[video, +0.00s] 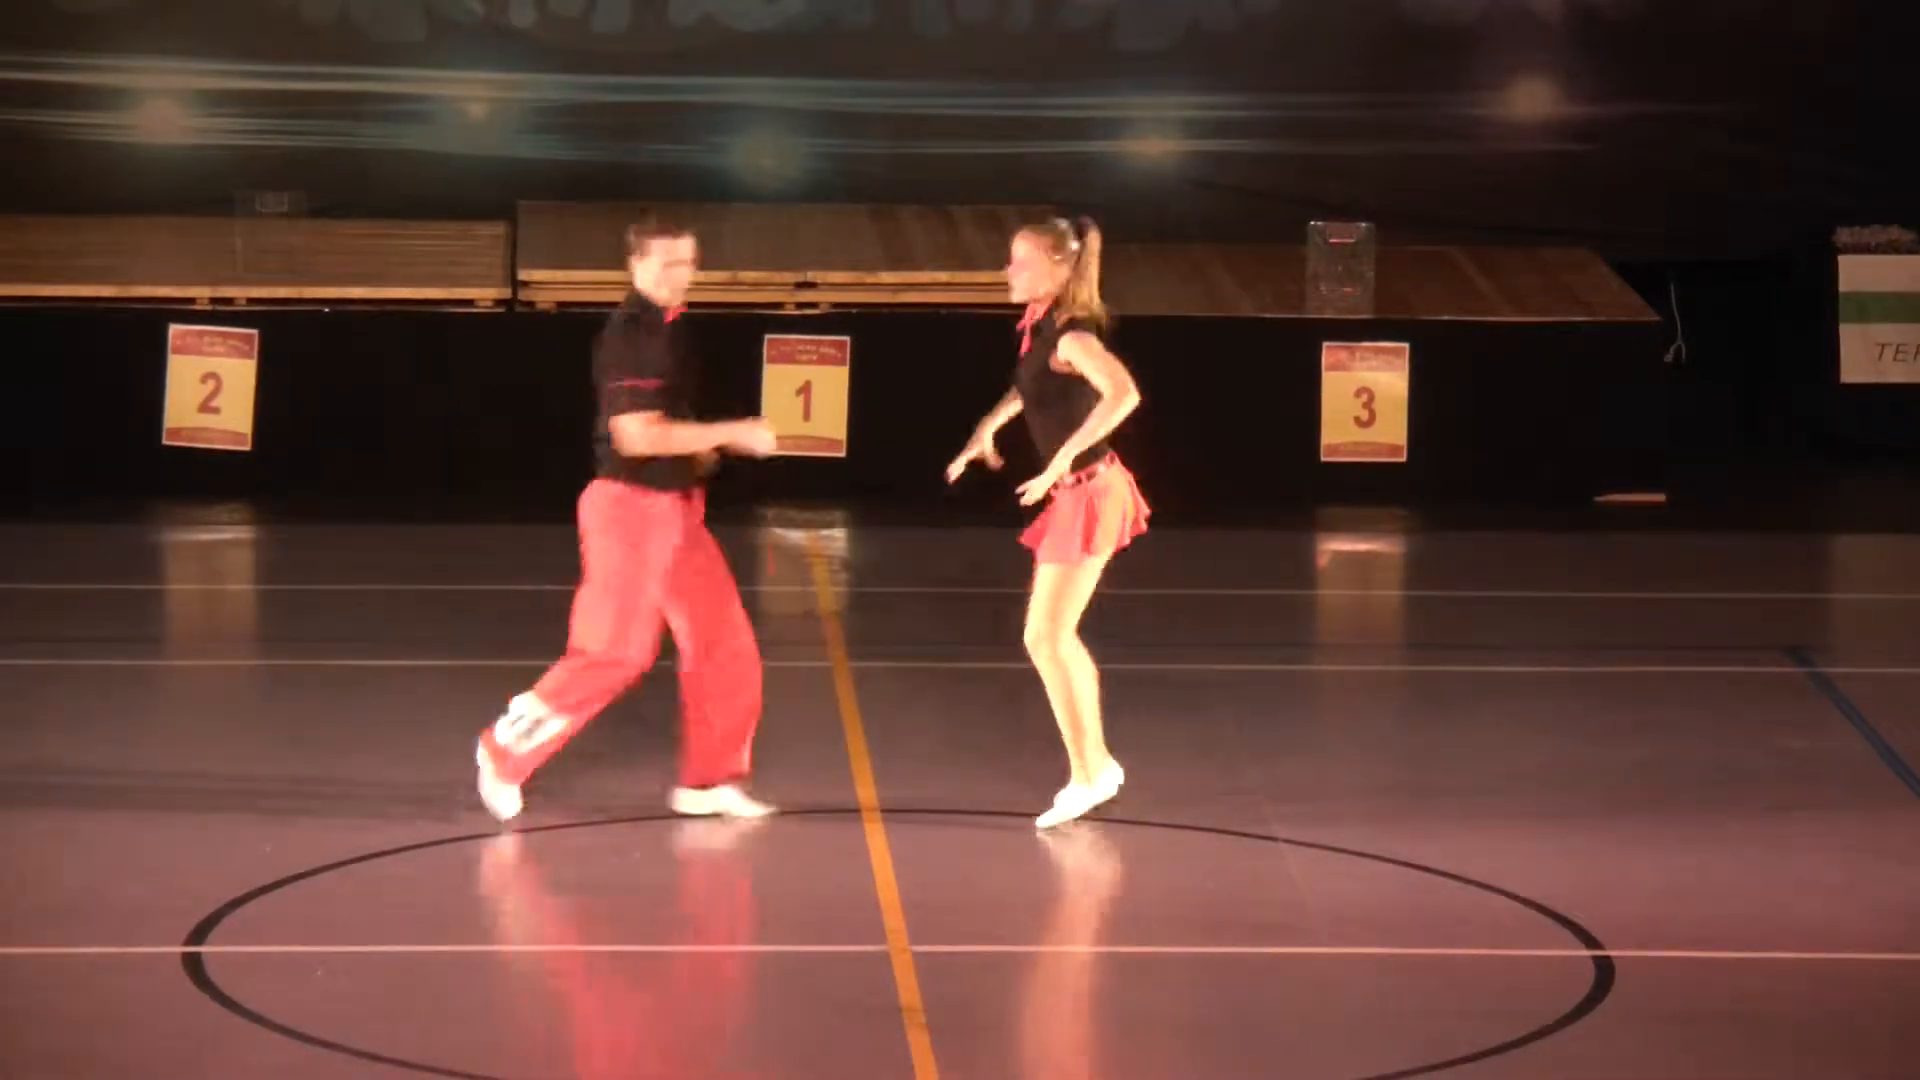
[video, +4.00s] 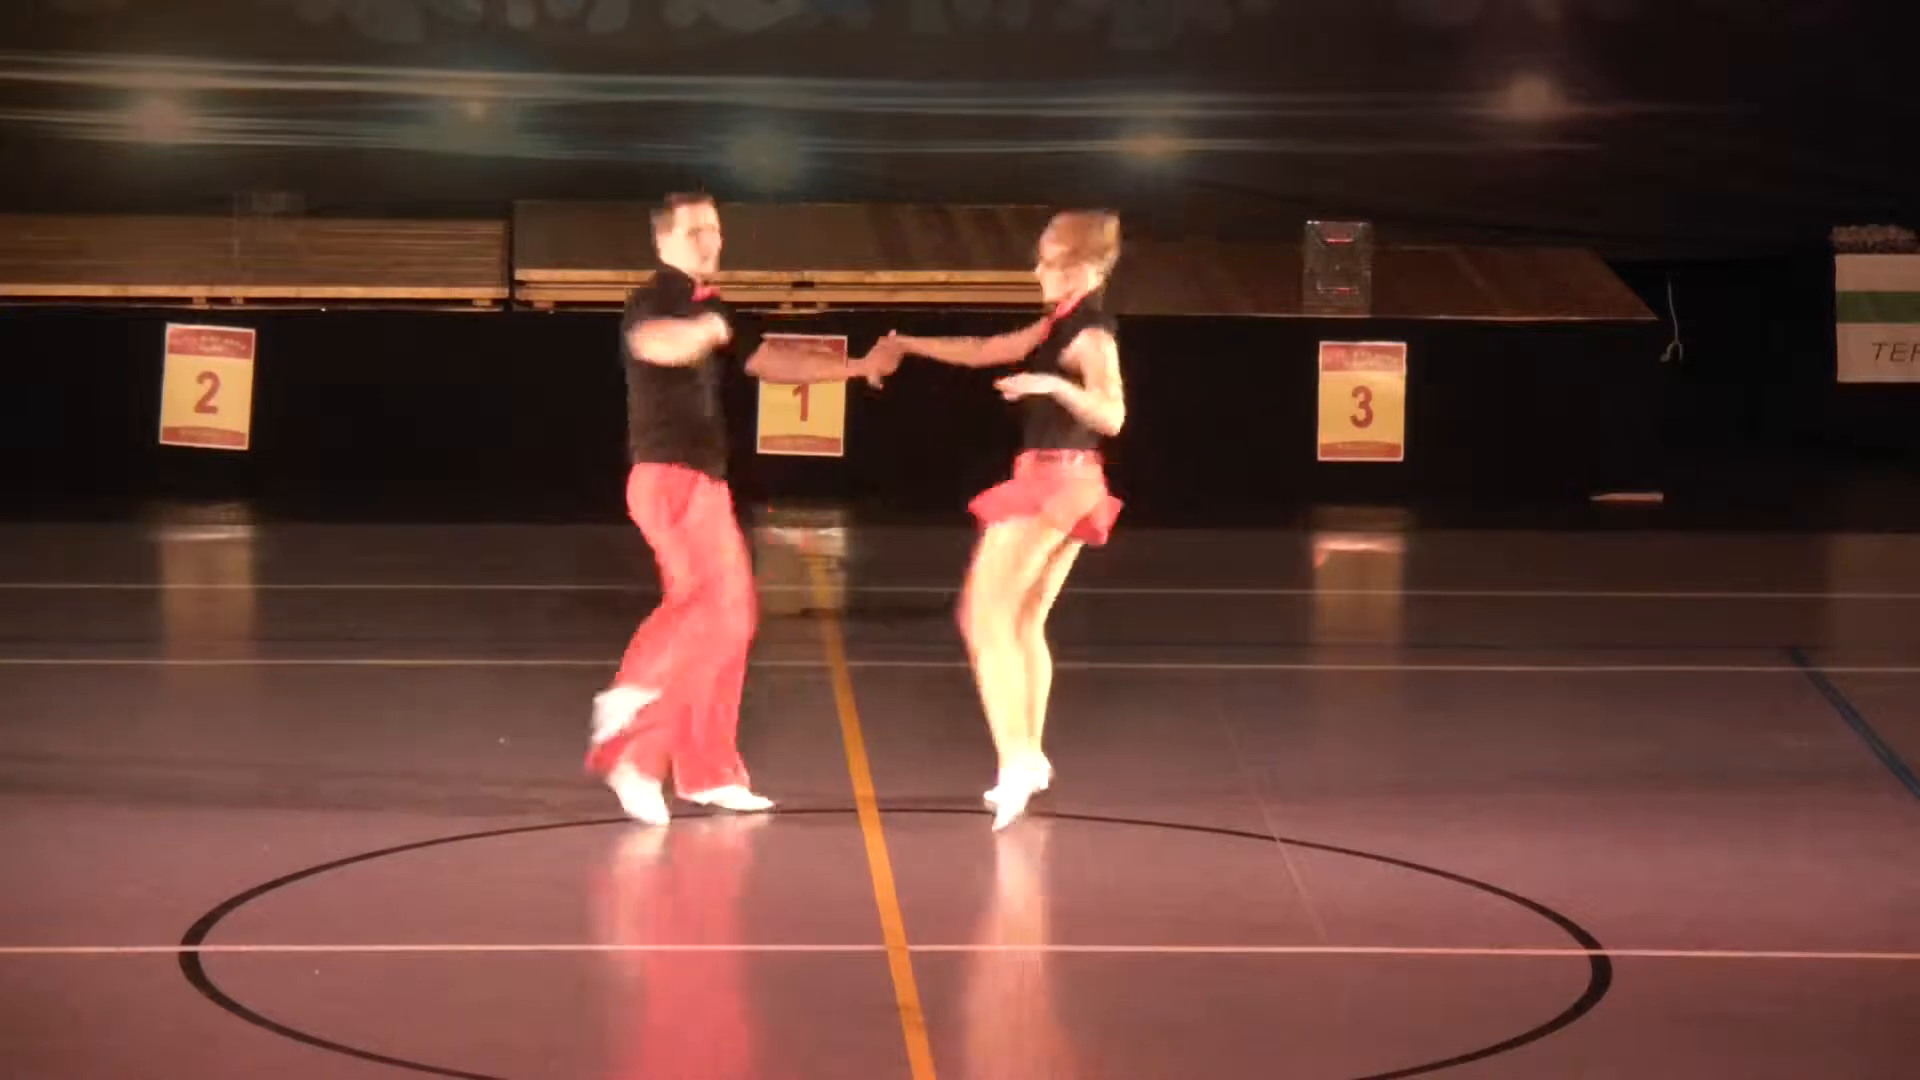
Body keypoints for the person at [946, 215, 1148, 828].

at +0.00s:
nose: (1009, 272)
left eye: (1019, 262)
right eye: (1011, 261)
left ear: (1054, 268)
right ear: (1043, 269)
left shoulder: (1069, 338)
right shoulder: (1039, 330)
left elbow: (1124, 392)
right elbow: (1029, 389)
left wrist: (1062, 456)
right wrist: (986, 431)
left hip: (1093, 490)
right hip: (1076, 491)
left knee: (1044, 636)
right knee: (1056, 634)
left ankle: (1089, 772)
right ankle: (1094, 765)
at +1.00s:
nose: (1104, 294)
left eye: (1119, 286)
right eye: (1099, 280)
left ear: (1146, 295)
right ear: (1088, 278)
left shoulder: (1141, 359)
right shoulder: (1082, 320)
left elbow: (1163, 439)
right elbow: (1022, 271)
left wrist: (1174, 509)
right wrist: (988, 203)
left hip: (1090, 511)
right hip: (1063, 506)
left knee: (1008, 634)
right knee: (1093, 648)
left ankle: (1033, 769)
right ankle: (1128, 775)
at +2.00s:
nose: (1088, 263)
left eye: (1098, 253)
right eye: (1090, 252)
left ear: (1129, 260)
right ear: (1118, 259)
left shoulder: (1134, 334)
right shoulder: (1112, 302)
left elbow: (1037, 339)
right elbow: (1039, 273)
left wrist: (1003, 251)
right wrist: (971, 233)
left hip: (1140, 494)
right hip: (1102, 470)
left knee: (1110, 632)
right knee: (993, 454)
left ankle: (1121, 766)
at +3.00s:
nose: (1072, 278)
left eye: (1088, 271)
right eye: (1075, 269)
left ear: (1117, 285)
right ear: (1093, 283)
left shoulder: (1127, 346)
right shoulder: (1088, 346)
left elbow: (1072, 293)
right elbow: (1024, 401)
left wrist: (1084, 235)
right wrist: (950, 383)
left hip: (1116, 517)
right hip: (1075, 498)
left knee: (1079, 648)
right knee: (962, 474)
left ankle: (1091, 788)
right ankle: (846, 541)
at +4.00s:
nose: (1039, 268)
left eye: (1049, 258)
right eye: (1040, 257)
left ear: (1080, 263)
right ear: (1075, 263)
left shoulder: (1089, 331)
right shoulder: (1057, 327)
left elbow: (1111, 415)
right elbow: (985, 350)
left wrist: (1051, 384)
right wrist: (905, 343)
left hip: (1050, 485)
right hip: (1073, 487)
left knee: (984, 616)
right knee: (1025, 622)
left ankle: (1016, 759)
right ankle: (1027, 755)